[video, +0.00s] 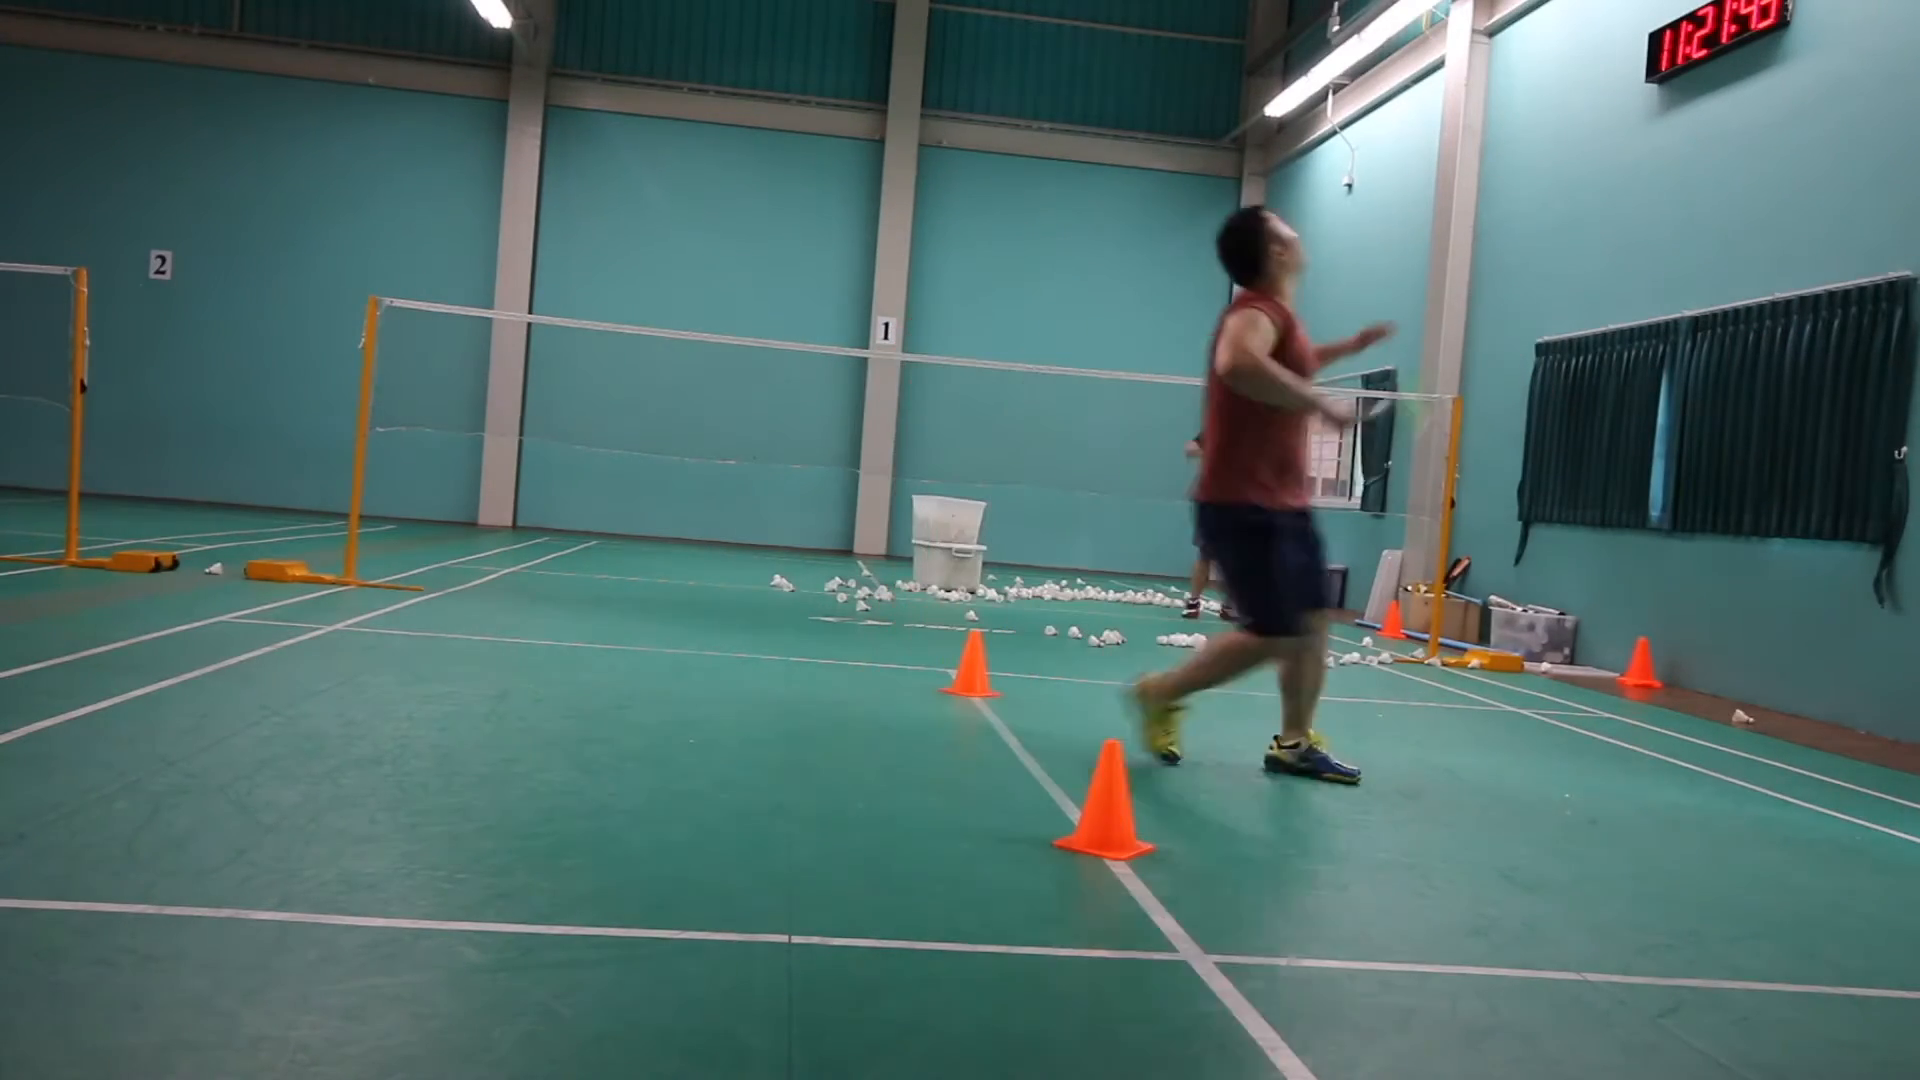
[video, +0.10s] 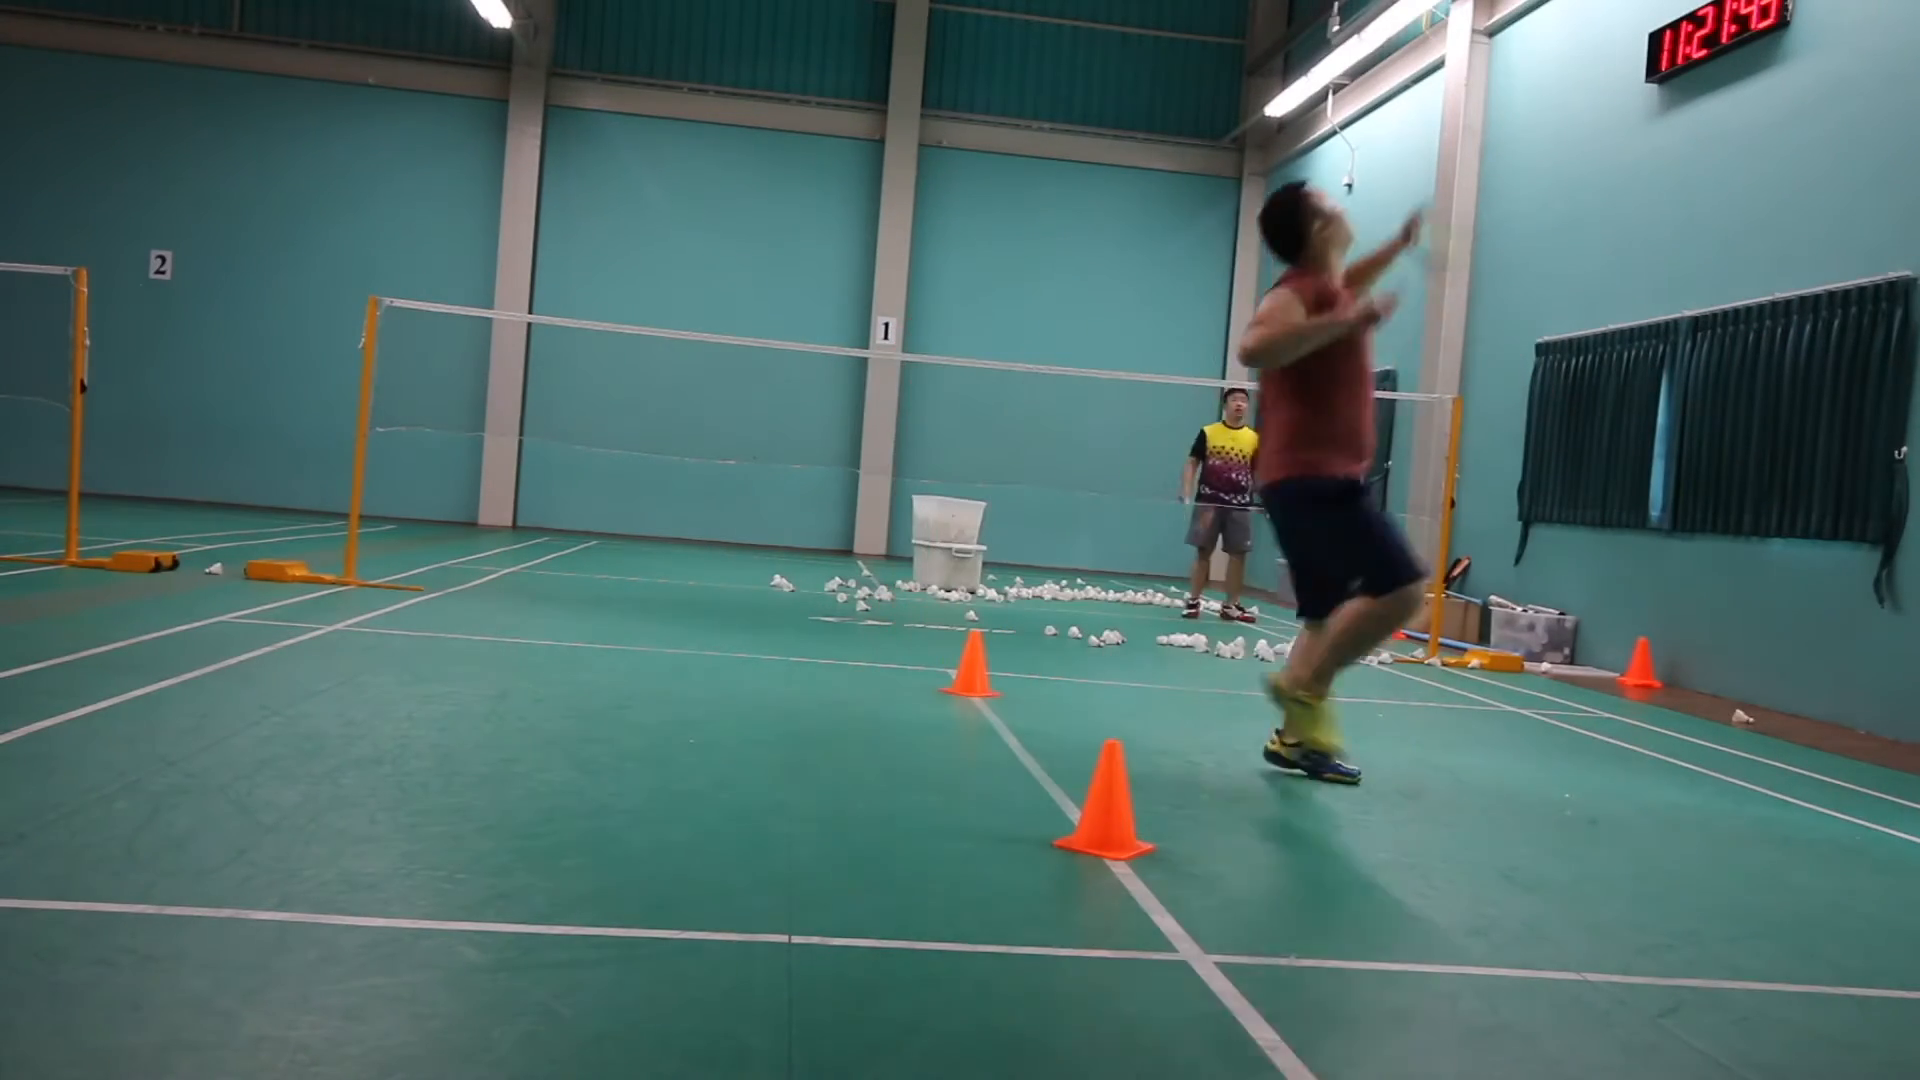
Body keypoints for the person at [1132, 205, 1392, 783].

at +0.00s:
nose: (1296, 237)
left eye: (1289, 229)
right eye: (1286, 231)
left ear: (1261, 257)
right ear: (1273, 251)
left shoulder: (1278, 315)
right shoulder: (1257, 311)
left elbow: (1293, 366)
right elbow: (1236, 362)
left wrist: (1352, 346)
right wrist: (1320, 401)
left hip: (1281, 501)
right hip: (1244, 503)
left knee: (1310, 623)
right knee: (1278, 630)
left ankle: (1294, 741)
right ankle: (1158, 692)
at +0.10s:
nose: (1342, 212)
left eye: (1334, 205)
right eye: (1331, 209)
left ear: (1313, 236)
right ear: (1319, 231)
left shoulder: (1335, 286)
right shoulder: (1292, 294)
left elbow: (1355, 279)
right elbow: (1253, 348)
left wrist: (1398, 246)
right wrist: (1347, 322)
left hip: (1322, 477)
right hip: (1310, 479)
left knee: (1324, 611)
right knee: (1400, 591)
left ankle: (1299, 736)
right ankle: (1302, 682)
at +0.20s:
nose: (1383, 212)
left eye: (1378, 206)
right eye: (1372, 208)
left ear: (1361, 230)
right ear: (1350, 230)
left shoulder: (1369, 275)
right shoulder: (1325, 290)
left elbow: (1388, 219)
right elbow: (1283, 354)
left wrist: (1419, 166)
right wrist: (1352, 289)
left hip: (1347, 485)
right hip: (1361, 486)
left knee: (1372, 623)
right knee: (1452, 595)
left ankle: (1305, 746)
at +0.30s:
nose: (1446, 226)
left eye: (1439, 219)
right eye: (1434, 221)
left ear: (1401, 252)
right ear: (1413, 249)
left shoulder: (1428, 305)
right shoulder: (1402, 316)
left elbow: (1421, 231)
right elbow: (1365, 389)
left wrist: (1432, 147)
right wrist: (1408, 295)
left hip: (1384, 517)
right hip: (1423, 520)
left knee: (1380, 646)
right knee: (1483, 657)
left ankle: (1299, 755)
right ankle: (1475, 825)